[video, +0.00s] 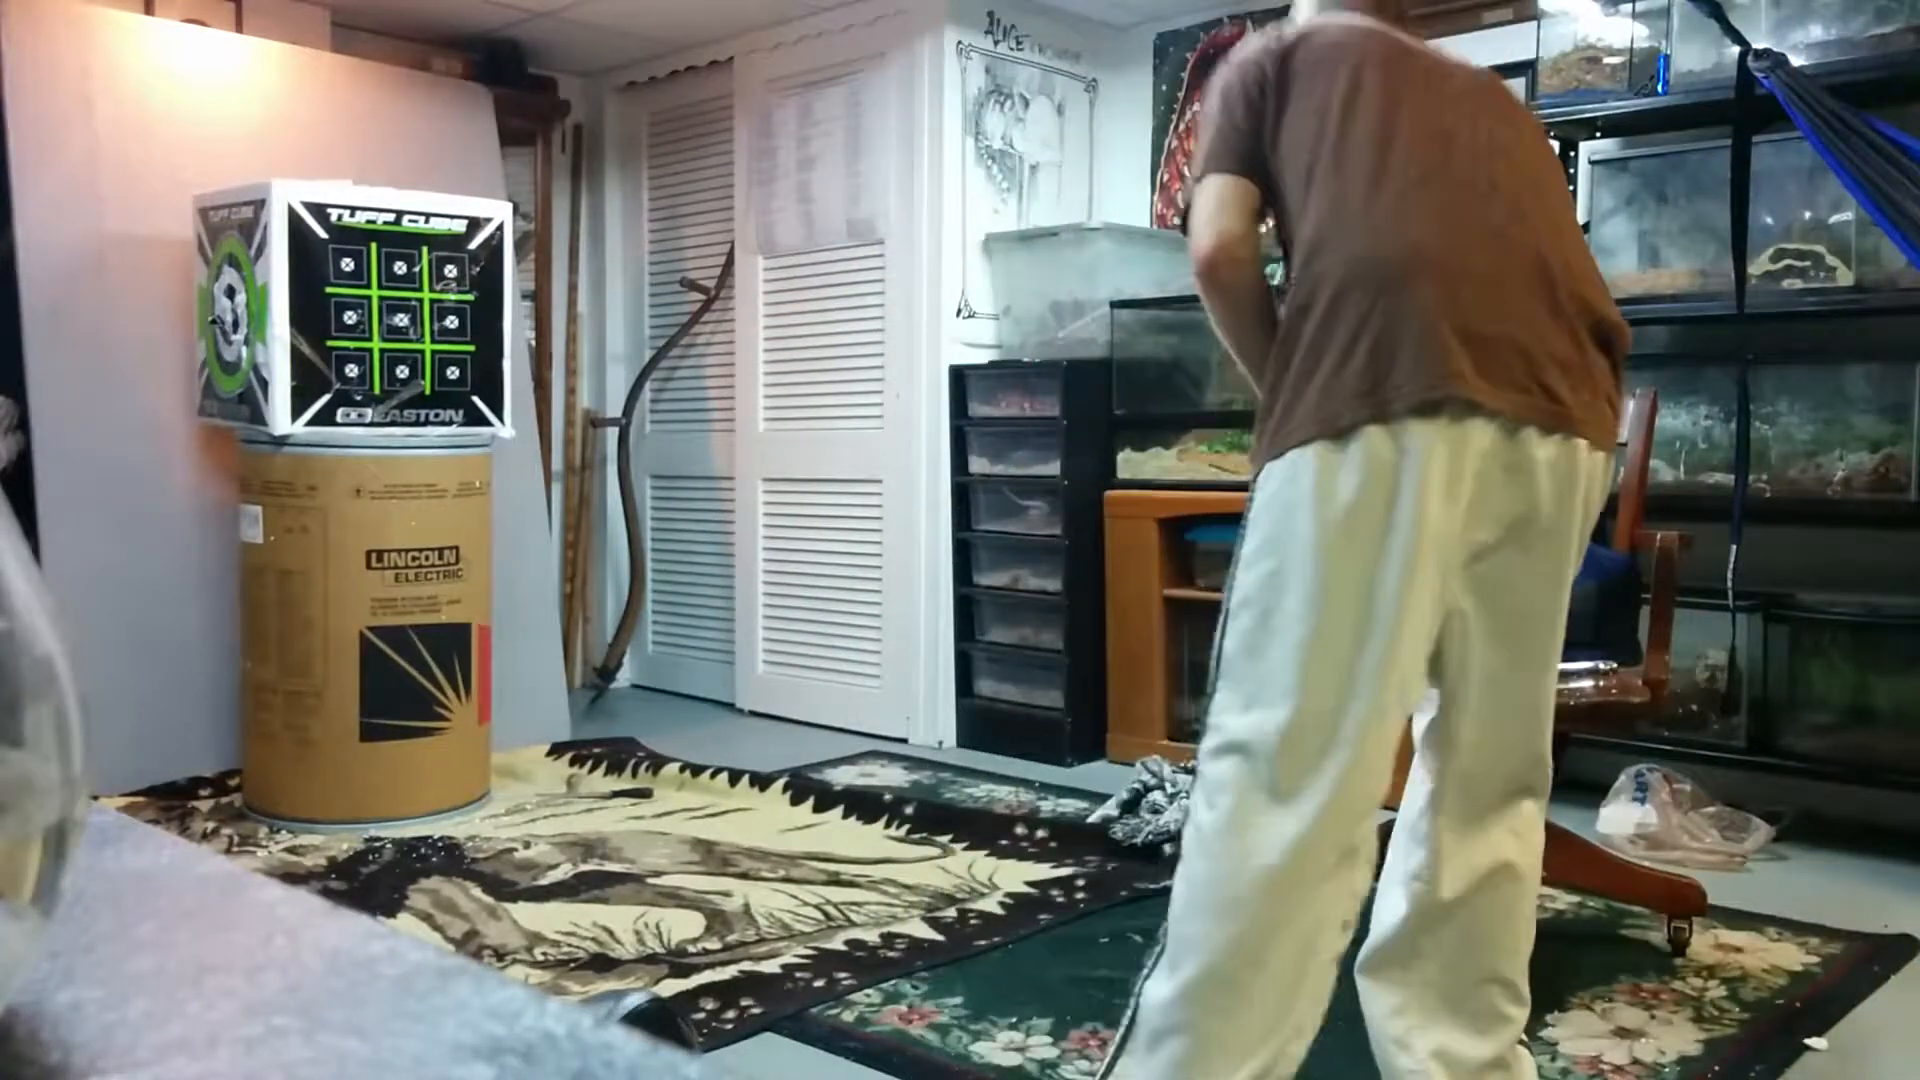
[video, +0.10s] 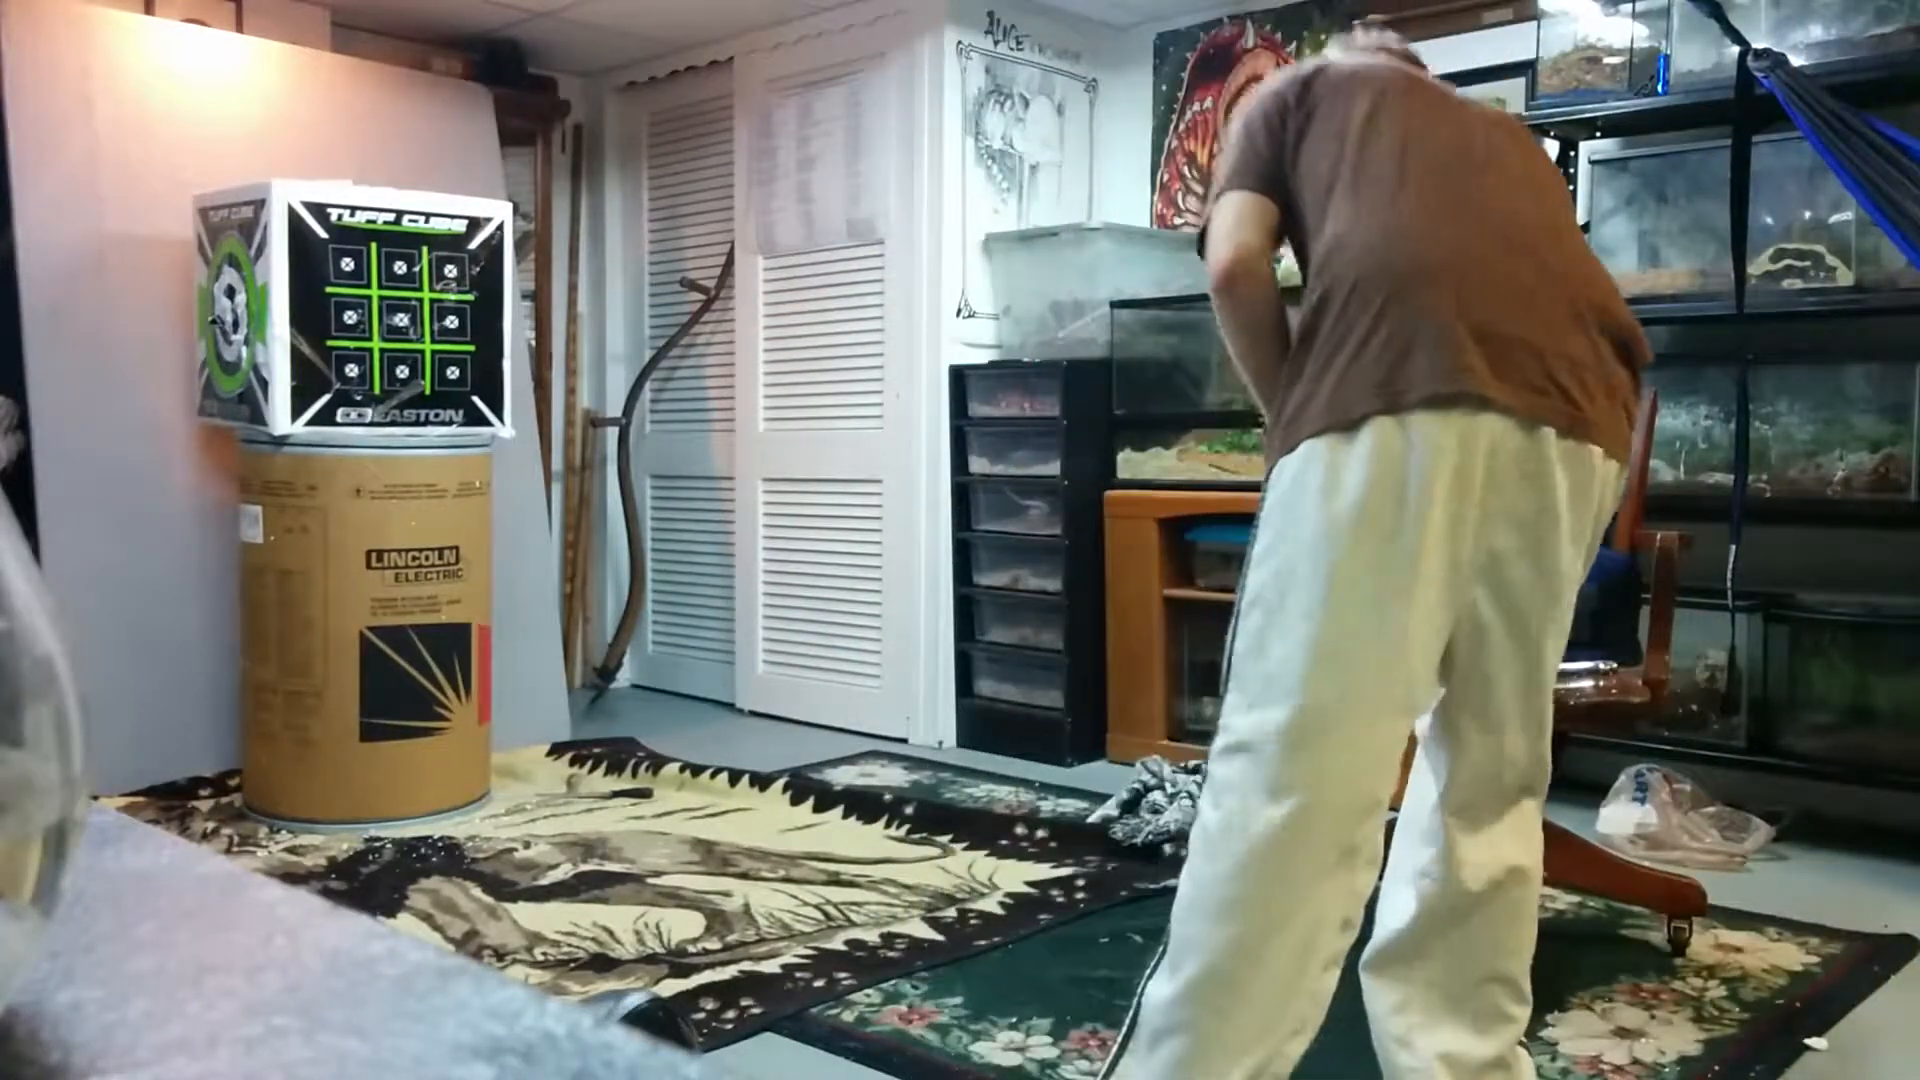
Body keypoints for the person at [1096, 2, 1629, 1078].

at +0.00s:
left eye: (1228, 67)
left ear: (1287, 27)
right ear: (1410, 18)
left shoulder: (1268, 56)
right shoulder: (1500, 99)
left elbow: (1219, 247)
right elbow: (1583, 295)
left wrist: (1286, 396)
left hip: (1379, 367)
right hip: (1563, 389)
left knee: (1284, 761)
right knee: (1490, 761)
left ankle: (1194, 1056)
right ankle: (1462, 1053)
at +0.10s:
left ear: (1327, 55)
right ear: (1427, 67)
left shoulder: (1286, 94)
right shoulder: (1517, 138)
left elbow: (1236, 261)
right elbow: (1609, 330)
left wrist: (1290, 414)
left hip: (1393, 374)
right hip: (1578, 398)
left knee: (1295, 760)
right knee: (1491, 757)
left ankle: (1194, 1058)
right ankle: (1464, 1054)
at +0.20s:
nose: (1242, 152)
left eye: (1242, 134)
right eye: (1232, 148)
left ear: (1285, 95)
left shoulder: (1300, 124)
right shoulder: (1520, 170)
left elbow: (1244, 274)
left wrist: (1293, 436)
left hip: (1403, 388)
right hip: (1591, 411)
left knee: (1298, 761)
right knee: (1484, 771)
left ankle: (1191, 1059)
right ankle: (1465, 1057)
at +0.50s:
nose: (1244, 133)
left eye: (1247, 118)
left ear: (1295, 88)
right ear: (1422, 102)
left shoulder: (1292, 118)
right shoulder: (1513, 160)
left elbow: (1236, 274)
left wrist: (1285, 440)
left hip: (1397, 390)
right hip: (1584, 413)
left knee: (1289, 765)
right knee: (1480, 771)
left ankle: (1188, 1058)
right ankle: (1463, 1057)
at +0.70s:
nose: (1221, 65)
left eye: (1226, 53)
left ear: (1278, 22)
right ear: (1398, 16)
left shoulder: (1255, 51)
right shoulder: (1493, 102)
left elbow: (1197, 249)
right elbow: (1565, 293)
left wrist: (1250, 417)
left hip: (1349, 387)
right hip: (1537, 402)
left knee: (1245, 771)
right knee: (1466, 778)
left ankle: (1167, 1056)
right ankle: (1456, 1053)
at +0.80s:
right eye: (1483, 16)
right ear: (1446, 4)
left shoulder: (1230, 21)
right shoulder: (1493, 63)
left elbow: (1164, 234)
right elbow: (1574, 328)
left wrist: (1231, 386)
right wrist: (1532, 440)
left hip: (1306, 385)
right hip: (1502, 398)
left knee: (1209, 782)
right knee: (1454, 791)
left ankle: (1155, 1056)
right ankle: (1453, 1055)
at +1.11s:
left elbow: (1057, 179)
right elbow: (1546, 199)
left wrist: (1169, 288)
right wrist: (1430, 288)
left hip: (1228, 369)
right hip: (1440, 372)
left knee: (1174, 780)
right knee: (1484, 762)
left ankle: (1145, 1059)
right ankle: (1568, 1058)